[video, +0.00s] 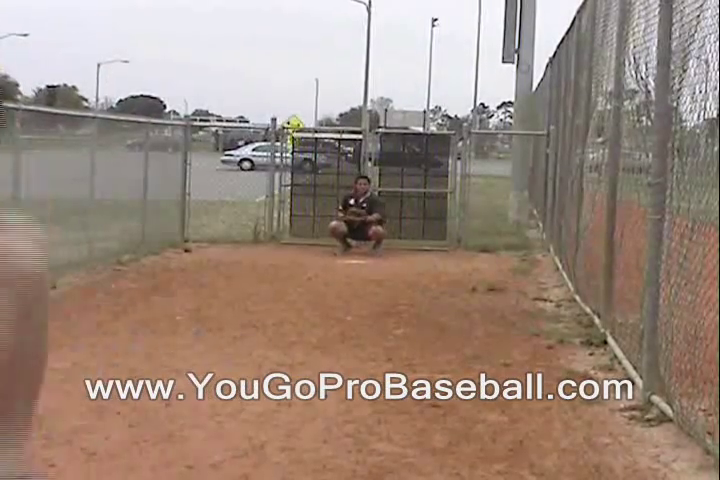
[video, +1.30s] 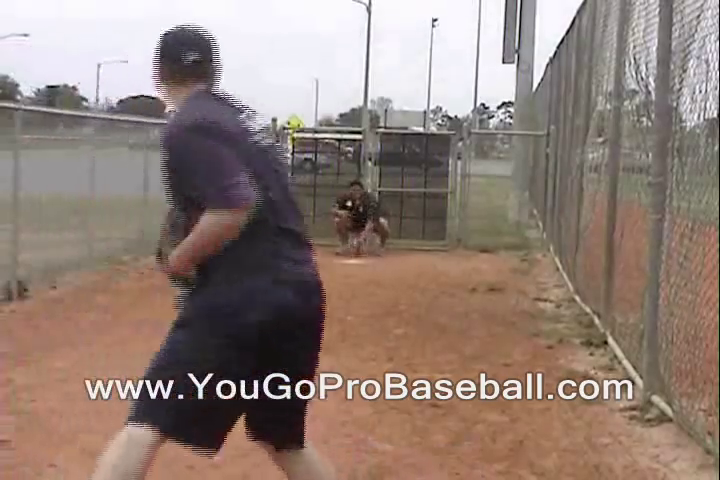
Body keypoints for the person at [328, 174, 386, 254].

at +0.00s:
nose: (362, 187)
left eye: (365, 184)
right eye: (360, 184)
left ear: (369, 186)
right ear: (355, 186)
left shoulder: (374, 200)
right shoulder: (348, 198)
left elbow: (378, 215)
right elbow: (339, 212)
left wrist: (362, 219)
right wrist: (347, 218)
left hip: (365, 226)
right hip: (350, 226)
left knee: (378, 231)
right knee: (334, 227)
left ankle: (377, 244)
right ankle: (345, 245)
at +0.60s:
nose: (362, 187)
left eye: (364, 184)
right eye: (359, 184)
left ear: (368, 186)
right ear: (355, 186)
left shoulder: (374, 200)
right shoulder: (348, 197)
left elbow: (378, 219)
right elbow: (335, 214)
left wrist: (362, 212)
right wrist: (343, 211)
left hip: (365, 226)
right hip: (350, 225)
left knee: (375, 231)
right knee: (334, 225)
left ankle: (376, 245)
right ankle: (346, 245)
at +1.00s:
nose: (358, 191)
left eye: (361, 188)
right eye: (356, 188)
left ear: (365, 190)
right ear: (352, 190)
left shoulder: (369, 201)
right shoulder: (347, 202)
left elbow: (375, 209)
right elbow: (336, 214)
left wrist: (366, 211)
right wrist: (348, 215)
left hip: (367, 230)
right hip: (350, 229)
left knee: (379, 228)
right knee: (336, 226)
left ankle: (377, 246)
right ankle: (346, 245)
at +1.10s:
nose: (356, 193)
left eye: (358, 190)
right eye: (354, 190)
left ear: (363, 191)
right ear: (351, 191)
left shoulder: (369, 201)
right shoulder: (347, 201)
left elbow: (372, 211)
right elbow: (333, 213)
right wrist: (348, 215)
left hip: (365, 227)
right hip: (351, 226)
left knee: (380, 227)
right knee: (336, 224)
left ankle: (379, 246)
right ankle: (346, 245)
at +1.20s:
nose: (356, 192)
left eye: (358, 190)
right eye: (354, 190)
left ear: (363, 191)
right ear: (350, 191)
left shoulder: (370, 202)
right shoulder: (346, 201)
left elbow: (369, 221)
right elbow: (333, 213)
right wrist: (346, 213)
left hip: (368, 226)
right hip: (353, 226)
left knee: (383, 226)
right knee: (337, 224)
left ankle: (381, 247)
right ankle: (346, 246)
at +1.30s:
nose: (356, 193)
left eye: (358, 190)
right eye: (353, 190)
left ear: (362, 191)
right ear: (349, 191)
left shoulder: (369, 201)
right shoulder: (345, 200)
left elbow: (370, 223)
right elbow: (334, 211)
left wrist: (361, 240)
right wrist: (343, 215)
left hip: (368, 222)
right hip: (353, 222)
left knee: (383, 226)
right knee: (340, 222)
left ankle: (381, 247)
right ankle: (344, 246)